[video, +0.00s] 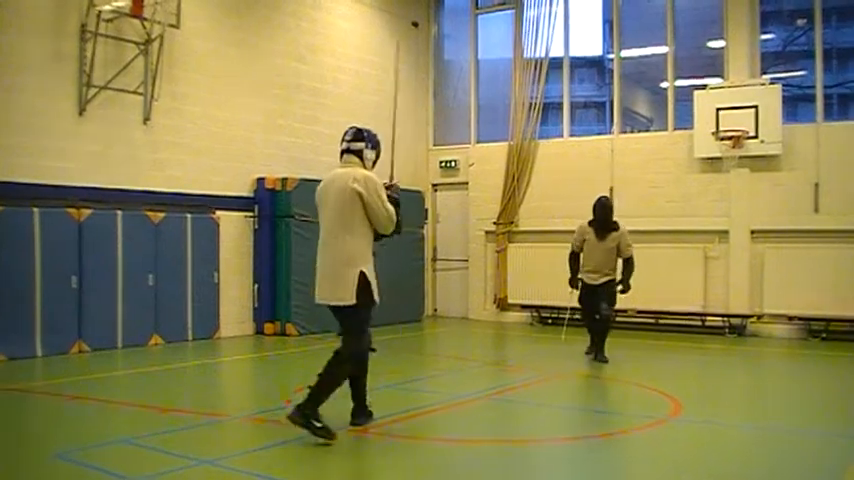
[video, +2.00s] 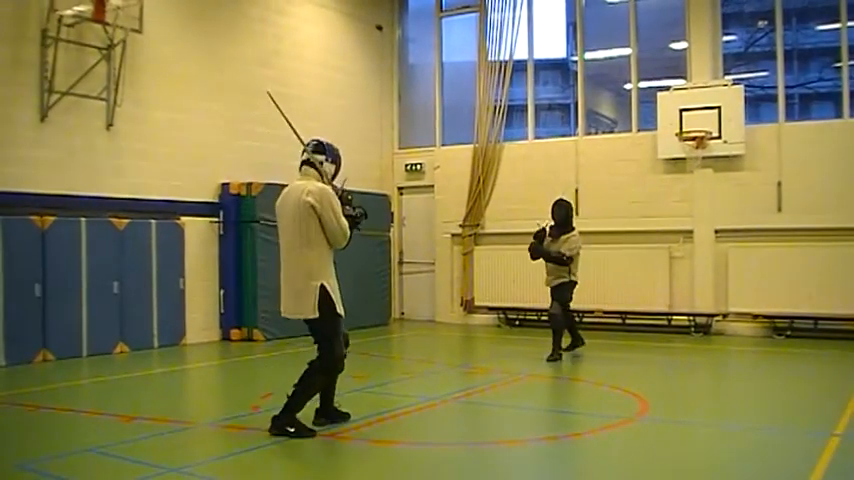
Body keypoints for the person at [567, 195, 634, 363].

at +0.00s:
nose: (604, 215)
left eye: (607, 211)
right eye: (601, 210)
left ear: (612, 213)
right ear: (595, 211)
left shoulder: (619, 233)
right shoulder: (584, 230)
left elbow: (628, 258)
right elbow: (574, 252)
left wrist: (626, 279)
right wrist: (573, 275)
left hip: (608, 280)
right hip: (587, 280)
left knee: (605, 314)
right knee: (587, 314)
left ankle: (600, 349)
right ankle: (593, 341)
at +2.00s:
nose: (555, 217)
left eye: (559, 214)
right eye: (554, 213)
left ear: (567, 215)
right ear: (552, 215)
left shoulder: (573, 237)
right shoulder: (549, 233)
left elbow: (565, 259)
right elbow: (534, 255)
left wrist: (542, 252)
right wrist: (537, 241)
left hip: (567, 280)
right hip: (553, 280)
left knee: (555, 311)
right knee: (564, 312)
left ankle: (556, 350)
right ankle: (576, 337)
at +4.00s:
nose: (513, 221)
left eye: (516, 217)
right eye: (511, 217)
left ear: (525, 217)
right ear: (510, 218)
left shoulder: (535, 239)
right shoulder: (508, 235)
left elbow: (531, 266)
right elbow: (494, 254)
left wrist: (505, 260)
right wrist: (507, 242)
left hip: (529, 283)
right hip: (512, 283)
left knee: (526, 314)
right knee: (505, 311)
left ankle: (533, 349)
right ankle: (515, 330)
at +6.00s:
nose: (517, 223)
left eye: (520, 219)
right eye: (513, 219)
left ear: (526, 221)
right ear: (507, 221)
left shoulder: (532, 240)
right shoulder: (500, 242)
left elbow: (538, 261)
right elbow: (498, 264)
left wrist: (530, 272)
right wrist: (515, 266)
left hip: (523, 289)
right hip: (502, 288)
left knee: (537, 316)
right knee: (506, 318)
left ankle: (543, 345)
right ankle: (493, 356)